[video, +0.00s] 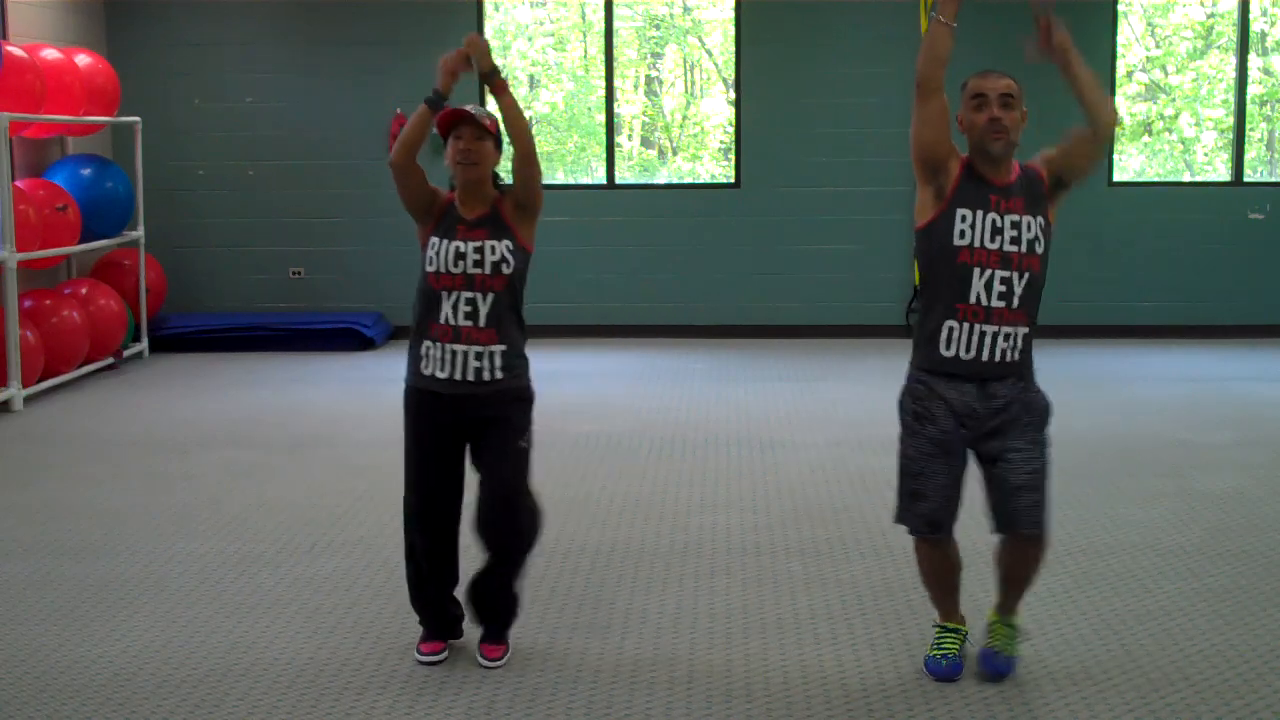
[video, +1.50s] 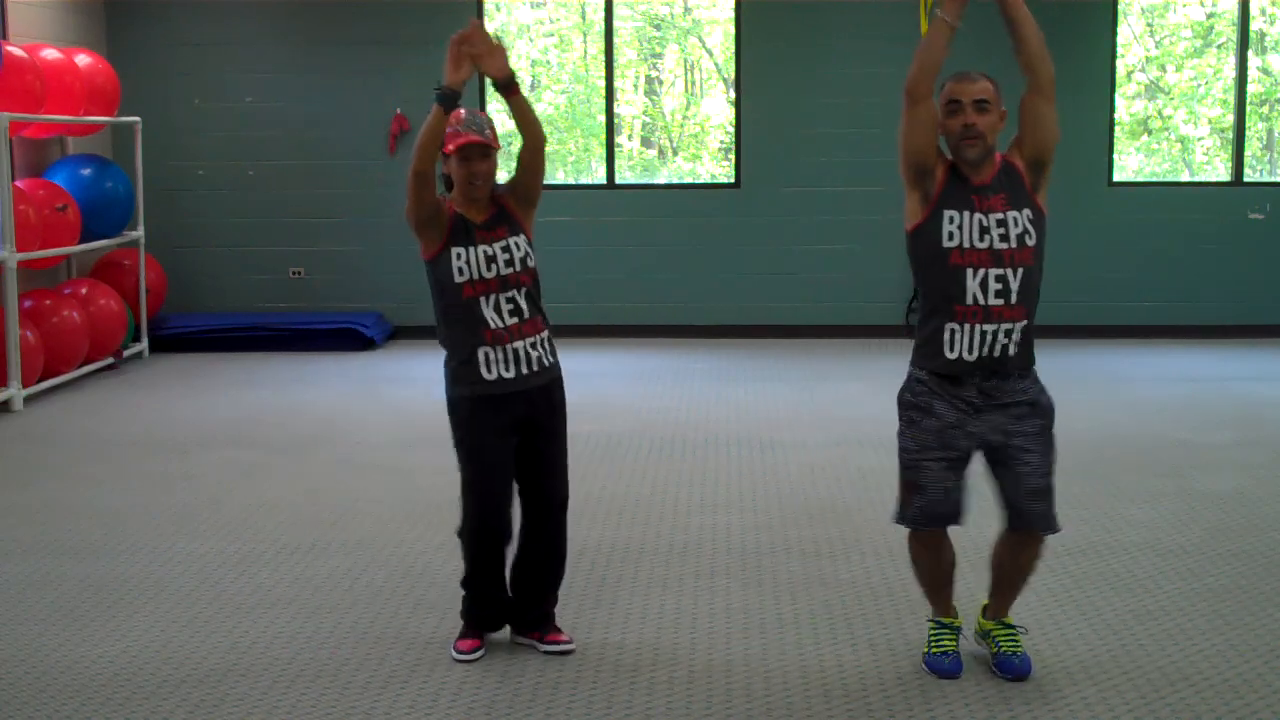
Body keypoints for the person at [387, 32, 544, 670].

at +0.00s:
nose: (464, 147)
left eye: (476, 140)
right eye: (454, 141)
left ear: (497, 153)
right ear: (444, 158)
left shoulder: (518, 212)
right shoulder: (434, 213)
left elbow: (522, 145)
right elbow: (402, 161)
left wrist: (492, 77)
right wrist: (440, 90)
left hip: (500, 392)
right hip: (432, 391)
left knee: (507, 511)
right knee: (429, 514)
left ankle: (495, 619)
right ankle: (436, 624)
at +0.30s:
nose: (442, 152)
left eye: (454, 143)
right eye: (433, 145)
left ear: (476, 157)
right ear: (424, 161)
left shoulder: (495, 219)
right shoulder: (413, 217)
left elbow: (493, 142)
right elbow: (368, 160)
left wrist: (462, 68)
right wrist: (387, 86)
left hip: (463, 401)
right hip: (400, 395)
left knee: (457, 520)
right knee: (389, 514)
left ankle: (474, 629)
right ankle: (414, 625)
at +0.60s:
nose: (421, 154)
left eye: (433, 146)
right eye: (413, 146)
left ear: (454, 160)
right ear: (400, 159)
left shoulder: (472, 215)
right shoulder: (380, 224)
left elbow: (471, 139)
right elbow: (296, 252)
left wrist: (429, 64)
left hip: (468, 402)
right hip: (395, 401)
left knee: (477, 520)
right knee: (344, 516)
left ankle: (474, 627)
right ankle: (292, 627)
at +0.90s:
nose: (396, 175)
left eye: (408, 165)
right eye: (388, 165)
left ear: (430, 173)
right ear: (377, 172)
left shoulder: (450, 230)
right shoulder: (353, 241)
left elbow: (455, 155)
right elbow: (339, 326)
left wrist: (424, 85)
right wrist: (341, 388)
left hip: (436, 414)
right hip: (365, 410)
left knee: (463, 521)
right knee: (326, 524)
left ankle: (510, 608)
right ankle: (291, 630)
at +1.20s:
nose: (450, 160)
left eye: (458, 150)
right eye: (440, 153)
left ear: (475, 159)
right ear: (422, 166)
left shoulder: (495, 209)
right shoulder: (410, 224)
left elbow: (503, 140)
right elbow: (410, 204)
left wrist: (469, 76)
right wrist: (418, 150)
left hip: (503, 388)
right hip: (432, 390)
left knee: (515, 509)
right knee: (383, 498)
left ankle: (515, 616)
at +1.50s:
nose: (478, 164)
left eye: (484, 154)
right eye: (467, 156)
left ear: (497, 161)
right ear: (449, 166)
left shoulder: (515, 211)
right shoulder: (435, 226)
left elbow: (535, 145)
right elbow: (421, 168)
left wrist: (505, 81)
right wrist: (449, 92)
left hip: (541, 385)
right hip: (478, 394)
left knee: (548, 508)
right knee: (485, 513)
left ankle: (535, 617)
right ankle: (479, 620)